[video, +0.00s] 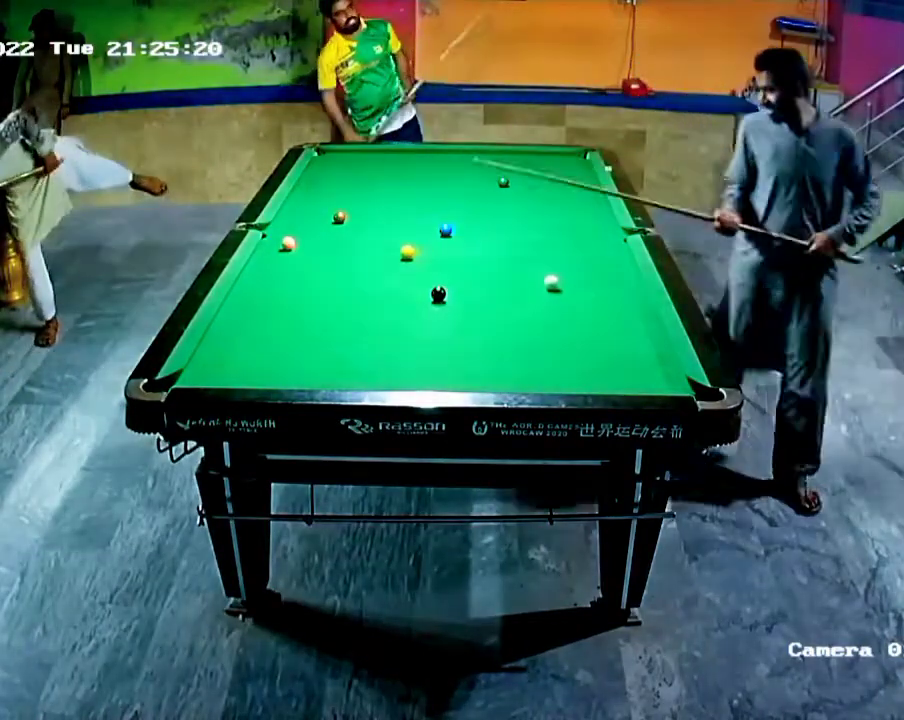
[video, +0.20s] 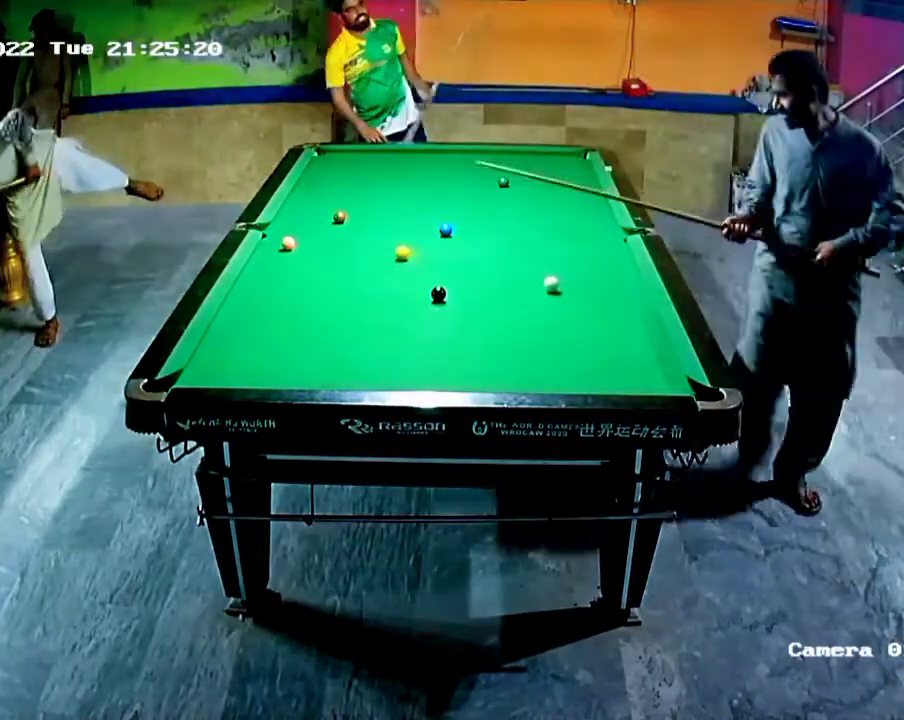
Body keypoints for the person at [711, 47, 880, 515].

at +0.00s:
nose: (762, 99)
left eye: (769, 90)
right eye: (759, 90)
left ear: (796, 87)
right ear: (759, 88)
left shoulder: (840, 137)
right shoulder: (752, 128)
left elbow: (868, 201)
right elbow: (734, 186)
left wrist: (838, 235)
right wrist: (730, 208)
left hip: (809, 271)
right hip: (753, 265)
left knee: (805, 380)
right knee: (729, 357)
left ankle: (794, 476)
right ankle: (712, 442)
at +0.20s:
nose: (778, 103)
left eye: (785, 95)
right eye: (775, 94)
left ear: (814, 93)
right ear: (779, 93)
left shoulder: (865, 149)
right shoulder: (774, 131)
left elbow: (889, 220)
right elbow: (757, 189)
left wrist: (844, 245)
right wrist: (747, 215)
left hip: (832, 291)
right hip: (774, 282)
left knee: (824, 391)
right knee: (756, 374)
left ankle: (791, 475)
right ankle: (750, 454)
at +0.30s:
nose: (780, 115)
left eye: (787, 105)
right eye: (776, 106)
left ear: (817, 102)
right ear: (781, 105)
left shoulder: (867, 159)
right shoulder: (781, 144)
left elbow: (897, 231)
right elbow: (777, 200)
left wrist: (846, 258)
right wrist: (749, 230)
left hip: (835, 299)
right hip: (782, 291)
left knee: (824, 397)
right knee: (769, 396)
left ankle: (796, 476)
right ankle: (771, 510)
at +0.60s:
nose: (777, 125)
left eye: (785, 116)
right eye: (775, 115)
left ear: (816, 115)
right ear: (796, 116)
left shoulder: (870, 170)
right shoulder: (789, 161)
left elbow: (903, 247)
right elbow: (774, 214)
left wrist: (850, 275)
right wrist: (733, 242)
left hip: (852, 328)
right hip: (796, 318)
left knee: (844, 440)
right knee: (782, 423)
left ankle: (834, 534)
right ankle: (778, 519)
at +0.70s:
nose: (784, 129)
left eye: (792, 119)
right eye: (783, 119)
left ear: (823, 118)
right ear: (797, 119)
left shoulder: (876, 178)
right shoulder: (796, 163)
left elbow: (902, 256)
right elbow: (778, 215)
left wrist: (850, 277)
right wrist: (734, 239)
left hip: (856, 340)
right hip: (802, 330)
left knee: (851, 456)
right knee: (780, 433)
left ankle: (847, 560)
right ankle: (776, 523)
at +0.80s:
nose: (801, 139)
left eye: (809, 129)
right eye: (798, 129)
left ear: (840, 127)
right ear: (801, 128)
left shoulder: (887, 189)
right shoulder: (813, 175)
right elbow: (784, 221)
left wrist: (860, 290)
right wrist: (733, 253)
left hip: (873, 347)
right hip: (820, 334)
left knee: (862, 462)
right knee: (788, 434)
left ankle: (854, 567)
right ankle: (778, 522)